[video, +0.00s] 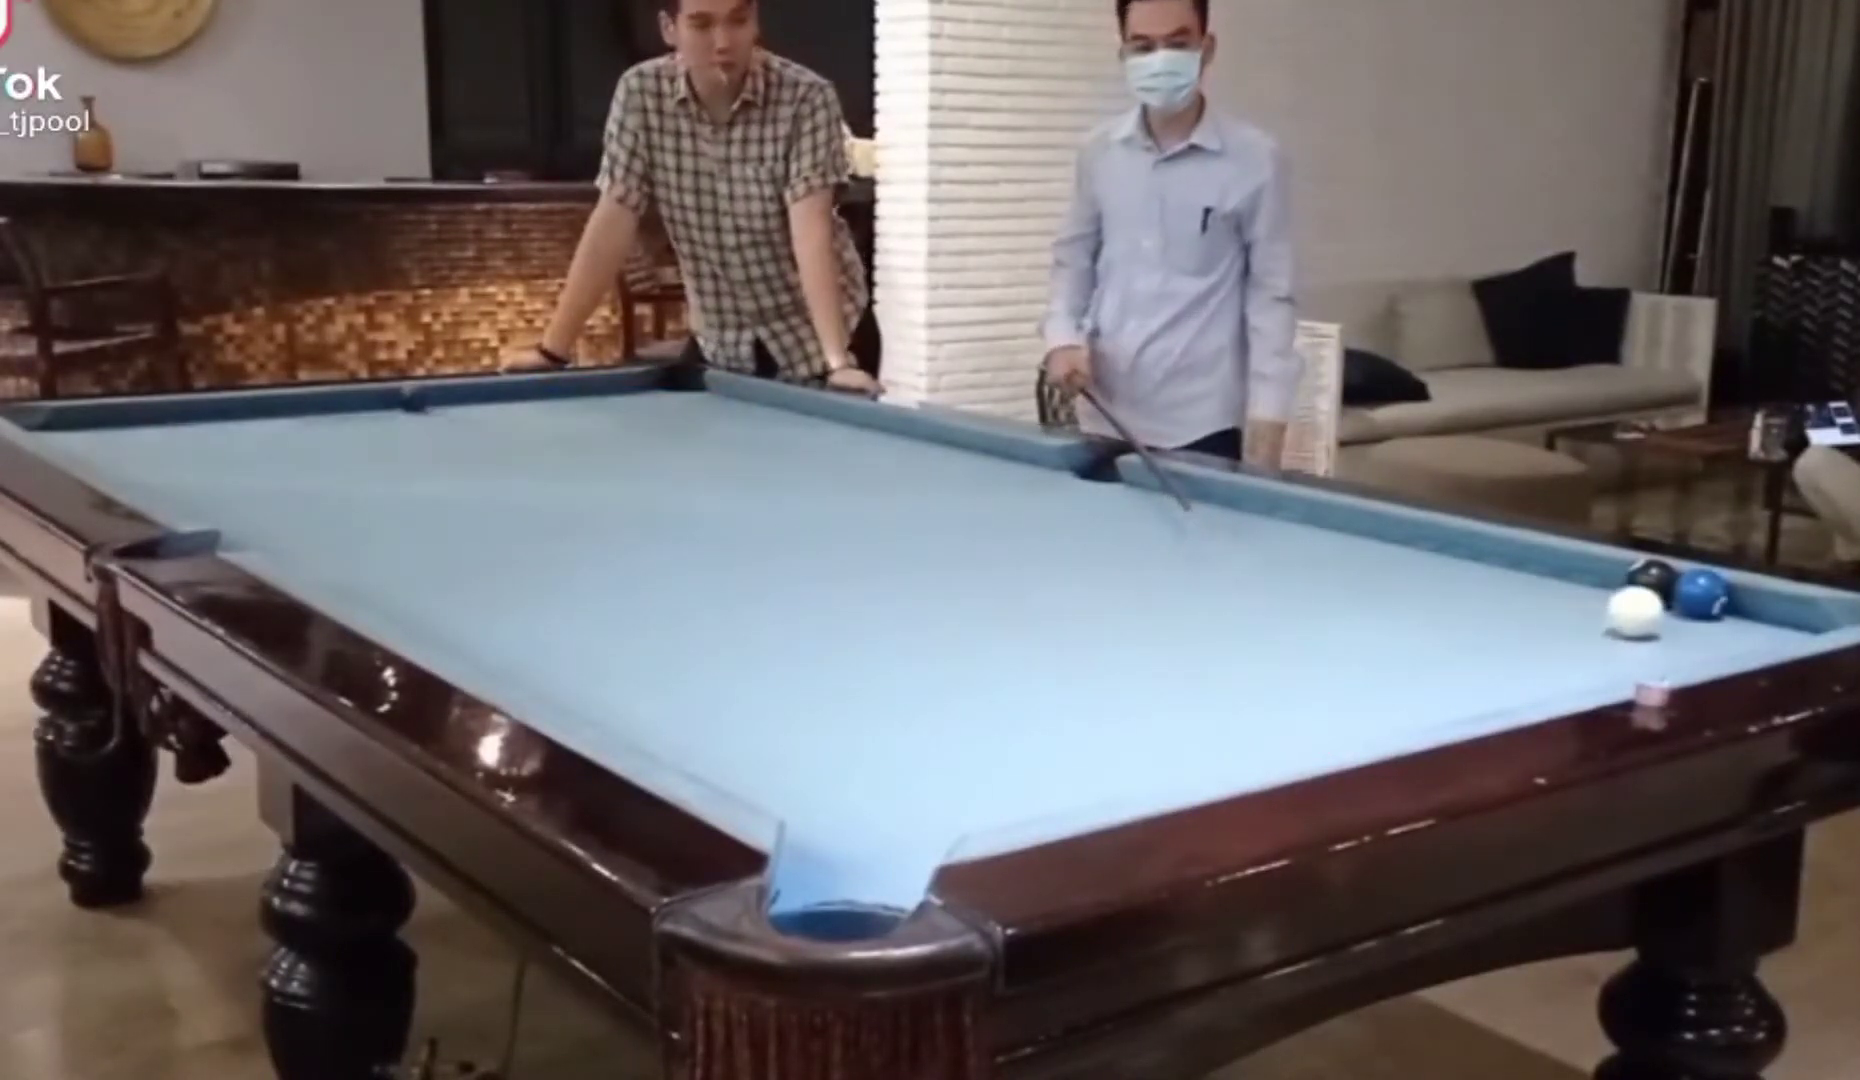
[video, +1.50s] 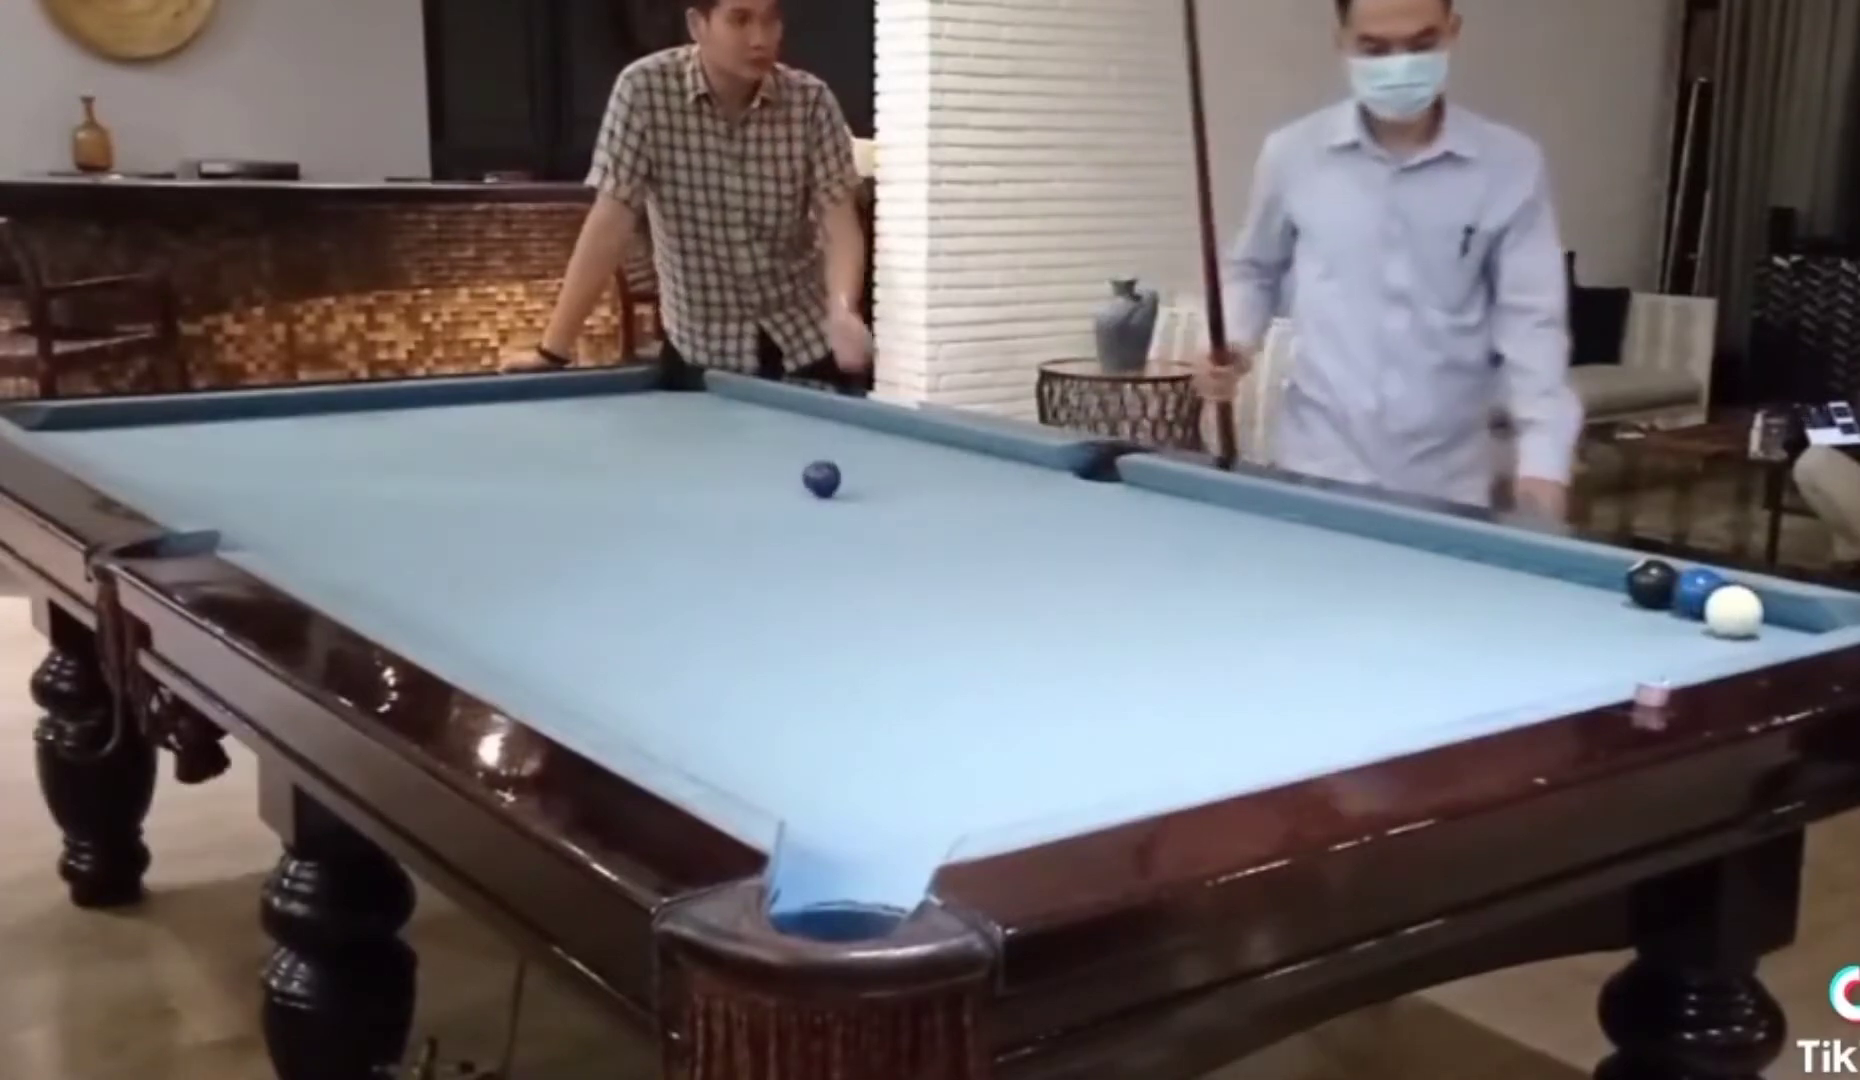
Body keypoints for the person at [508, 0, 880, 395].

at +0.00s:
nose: (723, 41)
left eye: (738, 22)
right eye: (703, 25)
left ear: (757, 23)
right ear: (670, 30)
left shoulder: (804, 97)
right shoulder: (641, 94)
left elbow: (812, 229)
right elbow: (614, 218)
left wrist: (838, 361)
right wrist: (553, 350)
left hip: (819, 335)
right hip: (721, 338)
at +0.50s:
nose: (757, 29)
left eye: (765, 13)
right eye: (737, 15)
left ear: (777, 19)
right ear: (691, 23)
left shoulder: (811, 101)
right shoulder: (638, 90)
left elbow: (858, 225)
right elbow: (610, 214)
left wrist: (836, 288)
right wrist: (553, 350)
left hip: (814, 342)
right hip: (701, 345)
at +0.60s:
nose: (766, 31)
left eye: (774, 14)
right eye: (745, 16)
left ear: (784, 19)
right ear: (698, 24)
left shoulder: (813, 102)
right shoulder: (642, 88)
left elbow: (858, 228)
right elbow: (610, 217)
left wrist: (832, 248)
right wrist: (552, 350)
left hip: (816, 336)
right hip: (702, 341)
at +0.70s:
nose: (772, 35)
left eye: (779, 17)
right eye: (751, 19)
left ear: (789, 21)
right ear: (704, 25)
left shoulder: (814, 100)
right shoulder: (645, 87)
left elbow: (852, 247)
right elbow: (610, 218)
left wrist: (820, 202)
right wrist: (552, 351)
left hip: (815, 333)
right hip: (701, 339)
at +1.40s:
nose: (767, 40)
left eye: (777, 23)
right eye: (746, 23)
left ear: (788, 26)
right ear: (703, 26)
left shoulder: (812, 101)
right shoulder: (649, 89)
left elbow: (845, 222)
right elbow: (612, 218)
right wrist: (552, 352)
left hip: (808, 335)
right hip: (701, 344)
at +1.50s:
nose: (762, 38)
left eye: (772, 20)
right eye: (741, 20)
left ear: (783, 25)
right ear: (697, 24)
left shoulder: (810, 101)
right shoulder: (646, 90)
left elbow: (839, 212)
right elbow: (611, 218)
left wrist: (842, 307)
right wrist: (552, 351)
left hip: (808, 338)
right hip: (702, 345)